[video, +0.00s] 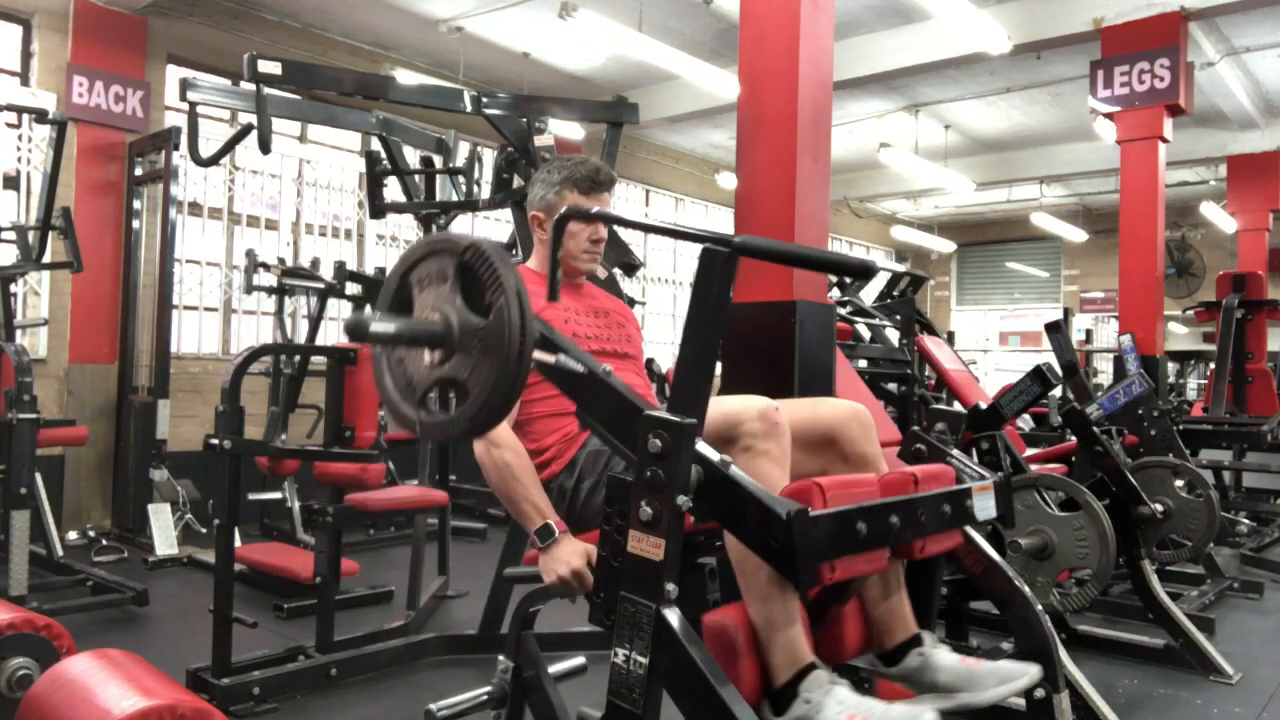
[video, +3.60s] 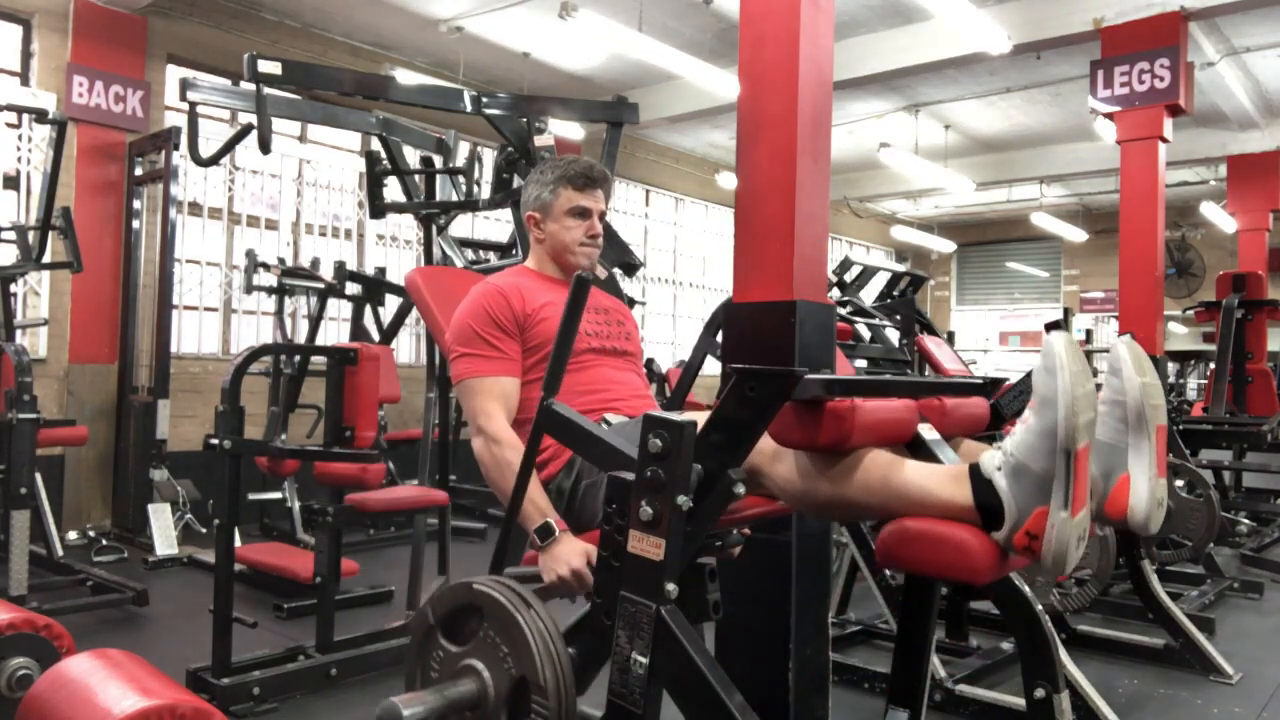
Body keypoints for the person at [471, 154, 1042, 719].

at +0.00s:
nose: (600, 232)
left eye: (604, 220)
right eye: (586, 219)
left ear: (606, 228)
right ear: (539, 223)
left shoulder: (613, 304)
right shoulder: (508, 294)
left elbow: (650, 396)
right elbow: (490, 434)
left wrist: (717, 429)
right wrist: (550, 537)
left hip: (655, 445)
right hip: (586, 468)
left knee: (850, 421)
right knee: (757, 422)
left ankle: (901, 648)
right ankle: (793, 679)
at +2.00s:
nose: (597, 236)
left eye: (604, 225)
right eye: (583, 223)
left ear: (603, 230)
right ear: (538, 222)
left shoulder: (613, 305)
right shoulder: (496, 299)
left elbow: (657, 400)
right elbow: (486, 423)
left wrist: (732, 413)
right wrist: (552, 534)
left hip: (665, 437)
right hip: (587, 457)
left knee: (852, 416)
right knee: (762, 431)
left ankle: (960, 634)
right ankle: (862, 677)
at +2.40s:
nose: (593, 236)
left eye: (600, 223)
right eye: (579, 221)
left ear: (600, 225)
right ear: (534, 223)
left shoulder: (597, 300)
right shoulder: (495, 301)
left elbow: (635, 395)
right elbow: (494, 432)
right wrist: (556, 531)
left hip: (656, 437)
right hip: (589, 457)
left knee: (841, 415)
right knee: (778, 421)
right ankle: (925, 643)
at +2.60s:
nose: (593, 238)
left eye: (601, 225)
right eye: (578, 222)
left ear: (604, 230)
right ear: (534, 224)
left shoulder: (611, 308)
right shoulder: (493, 303)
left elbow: (649, 402)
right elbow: (494, 435)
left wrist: (712, 425)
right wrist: (549, 537)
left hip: (655, 452)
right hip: (588, 469)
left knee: (806, 473)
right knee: (795, 418)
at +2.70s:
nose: (596, 235)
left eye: (602, 223)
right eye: (580, 220)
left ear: (603, 231)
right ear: (534, 224)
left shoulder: (612, 307)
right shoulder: (494, 301)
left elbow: (653, 404)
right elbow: (490, 431)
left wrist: (743, 412)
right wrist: (550, 534)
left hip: (659, 463)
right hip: (585, 475)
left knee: (808, 481)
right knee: (797, 419)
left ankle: (960, 602)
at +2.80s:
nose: (596, 233)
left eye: (602, 222)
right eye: (580, 218)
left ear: (602, 232)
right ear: (534, 223)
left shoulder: (611, 305)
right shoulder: (495, 300)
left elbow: (650, 402)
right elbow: (488, 432)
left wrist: (744, 414)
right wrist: (555, 536)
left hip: (663, 446)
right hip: (593, 462)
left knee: (867, 452)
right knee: (777, 437)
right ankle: (961, 588)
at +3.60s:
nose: (592, 231)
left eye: (598, 219)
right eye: (577, 216)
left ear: (599, 226)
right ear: (533, 220)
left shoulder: (609, 305)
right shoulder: (495, 298)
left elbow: (653, 397)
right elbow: (488, 429)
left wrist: (722, 432)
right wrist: (548, 532)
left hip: (657, 439)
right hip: (582, 458)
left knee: (818, 451)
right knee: (770, 456)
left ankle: (1002, 492)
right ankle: (988, 494)